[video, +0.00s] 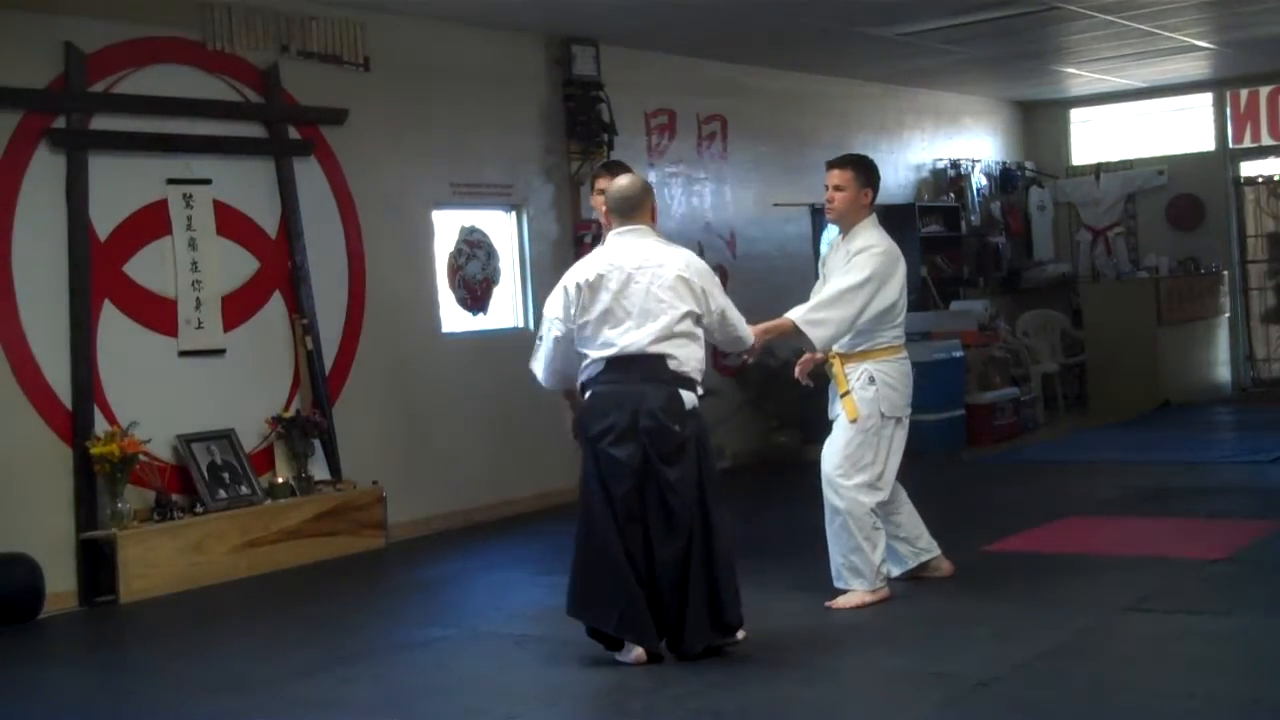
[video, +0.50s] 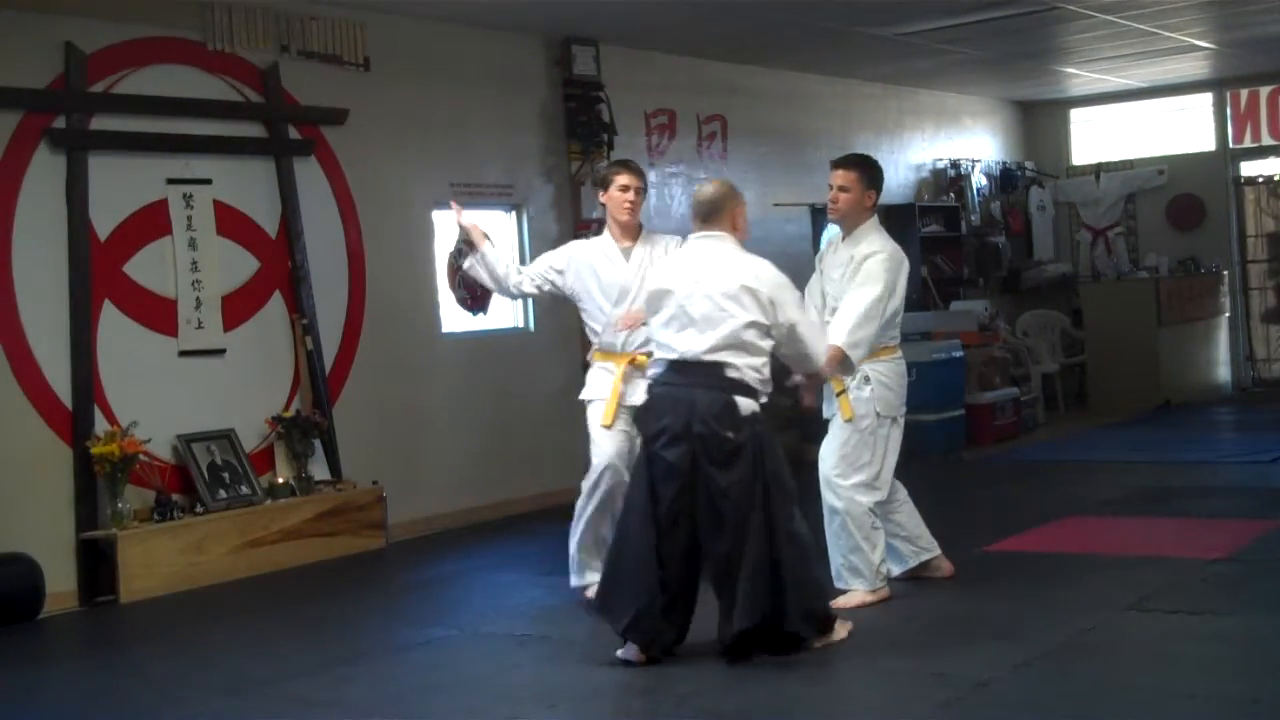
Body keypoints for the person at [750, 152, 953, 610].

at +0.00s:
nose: (827, 197)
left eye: (838, 190)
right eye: (827, 189)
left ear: (866, 196)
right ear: (832, 194)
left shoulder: (875, 251)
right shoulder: (841, 244)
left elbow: (828, 308)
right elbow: (845, 312)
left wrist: (765, 330)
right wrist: (824, 353)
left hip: (879, 373)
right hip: (853, 372)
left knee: (841, 468)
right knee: (869, 474)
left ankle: (867, 582)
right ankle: (925, 558)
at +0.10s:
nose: (827, 197)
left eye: (837, 189)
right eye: (826, 189)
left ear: (865, 196)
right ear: (832, 194)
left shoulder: (875, 251)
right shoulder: (837, 243)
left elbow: (827, 309)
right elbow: (837, 310)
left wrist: (764, 334)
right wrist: (821, 352)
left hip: (878, 373)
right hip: (851, 372)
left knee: (840, 468)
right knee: (869, 474)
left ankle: (867, 582)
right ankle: (926, 558)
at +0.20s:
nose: (827, 197)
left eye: (837, 190)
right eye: (826, 189)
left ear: (865, 197)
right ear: (831, 194)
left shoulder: (876, 252)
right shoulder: (834, 244)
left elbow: (830, 311)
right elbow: (836, 311)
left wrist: (766, 340)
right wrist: (820, 352)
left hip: (877, 374)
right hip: (849, 373)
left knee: (840, 468)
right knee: (869, 474)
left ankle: (867, 582)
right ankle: (926, 558)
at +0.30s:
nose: (827, 198)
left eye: (837, 190)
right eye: (826, 189)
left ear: (866, 197)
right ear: (827, 193)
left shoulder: (878, 253)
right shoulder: (834, 242)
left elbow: (841, 314)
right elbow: (826, 306)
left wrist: (778, 346)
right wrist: (815, 351)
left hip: (876, 374)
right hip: (848, 372)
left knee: (840, 469)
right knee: (869, 474)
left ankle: (866, 582)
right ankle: (926, 558)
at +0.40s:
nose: (828, 198)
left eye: (839, 190)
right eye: (827, 189)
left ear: (867, 198)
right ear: (829, 194)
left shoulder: (880, 254)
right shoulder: (834, 247)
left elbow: (849, 318)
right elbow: (814, 303)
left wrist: (801, 360)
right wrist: (807, 351)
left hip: (875, 373)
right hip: (847, 372)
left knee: (840, 471)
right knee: (869, 475)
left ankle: (865, 582)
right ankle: (925, 558)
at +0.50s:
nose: (831, 197)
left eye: (842, 190)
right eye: (830, 188)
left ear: (869, 198)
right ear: (831, 193)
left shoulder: (882, 254)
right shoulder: (833, 245)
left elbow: (856, 328)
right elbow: (810, 310)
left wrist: (817, 375)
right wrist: (801, 361)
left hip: (875, 373)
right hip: (846, 371)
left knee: (840, 470)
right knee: (868, 475)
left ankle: (864, 582)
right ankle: (926, 558)